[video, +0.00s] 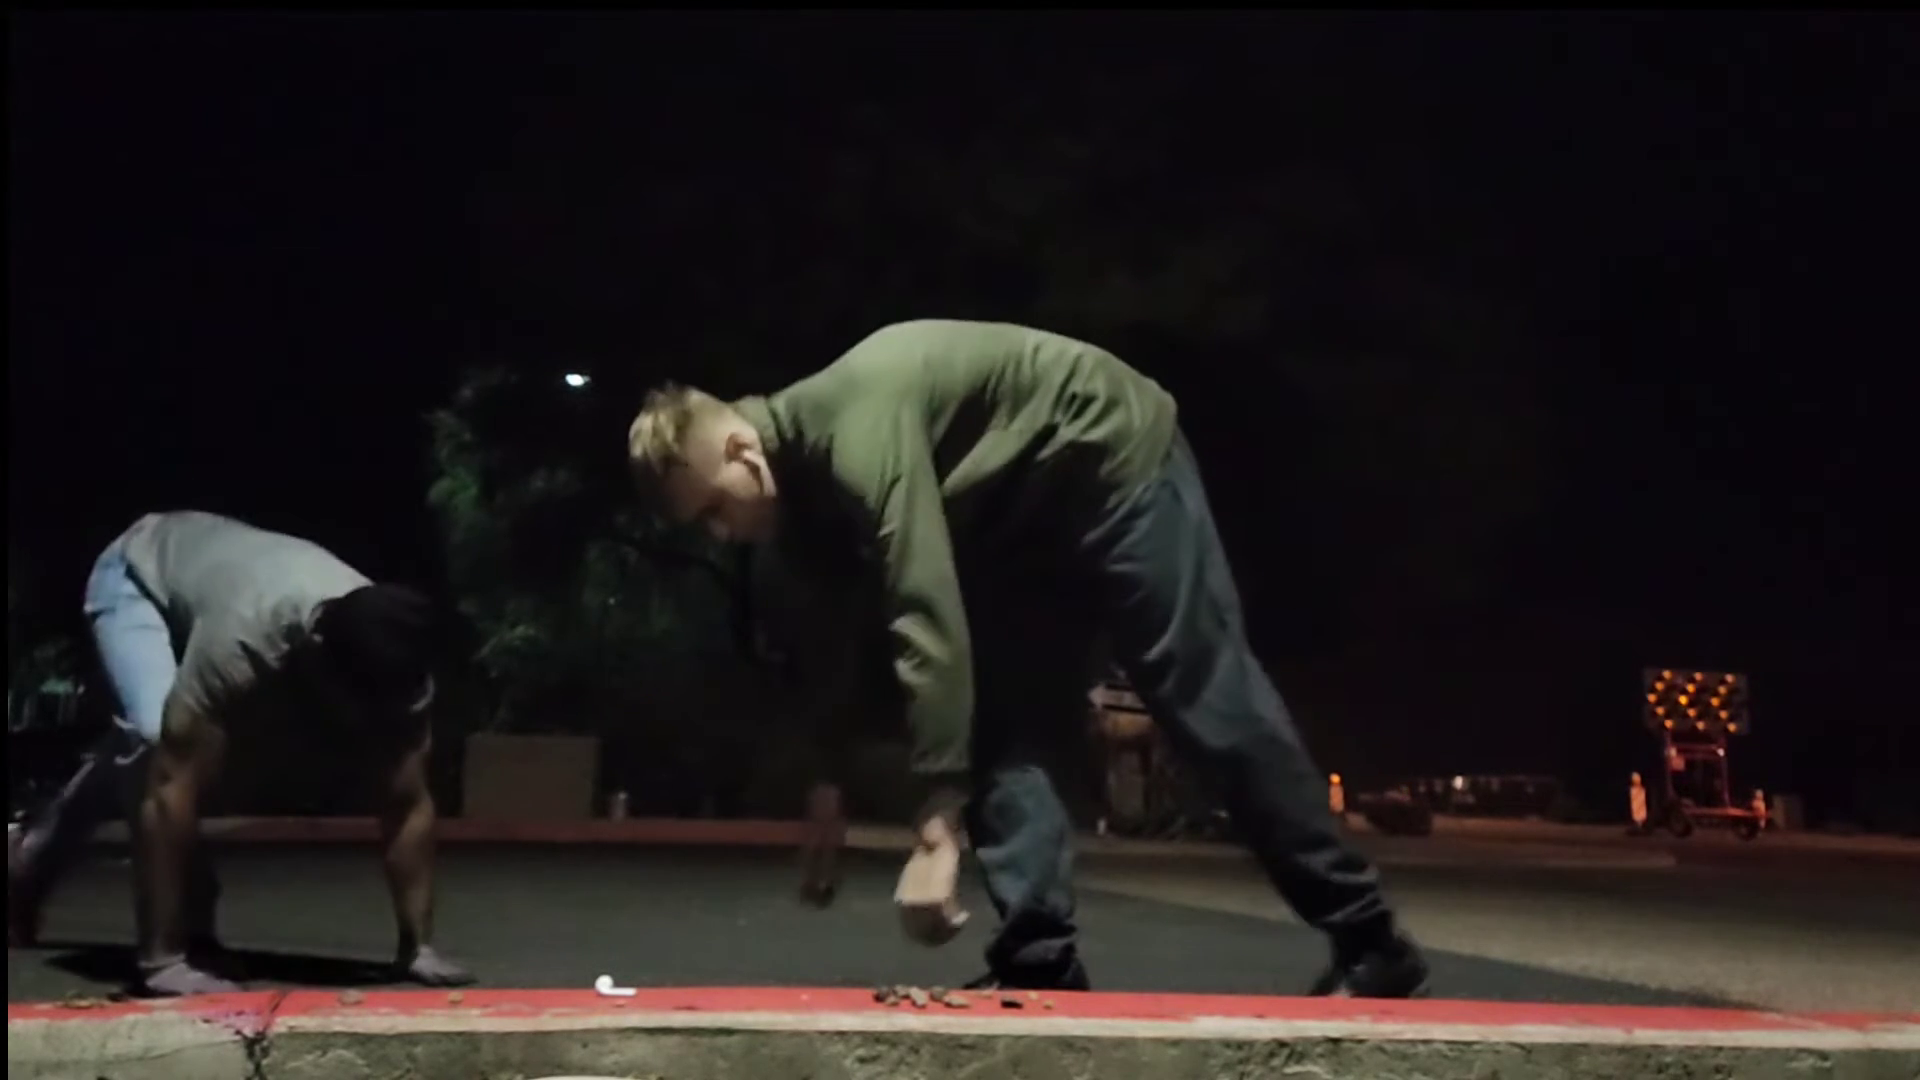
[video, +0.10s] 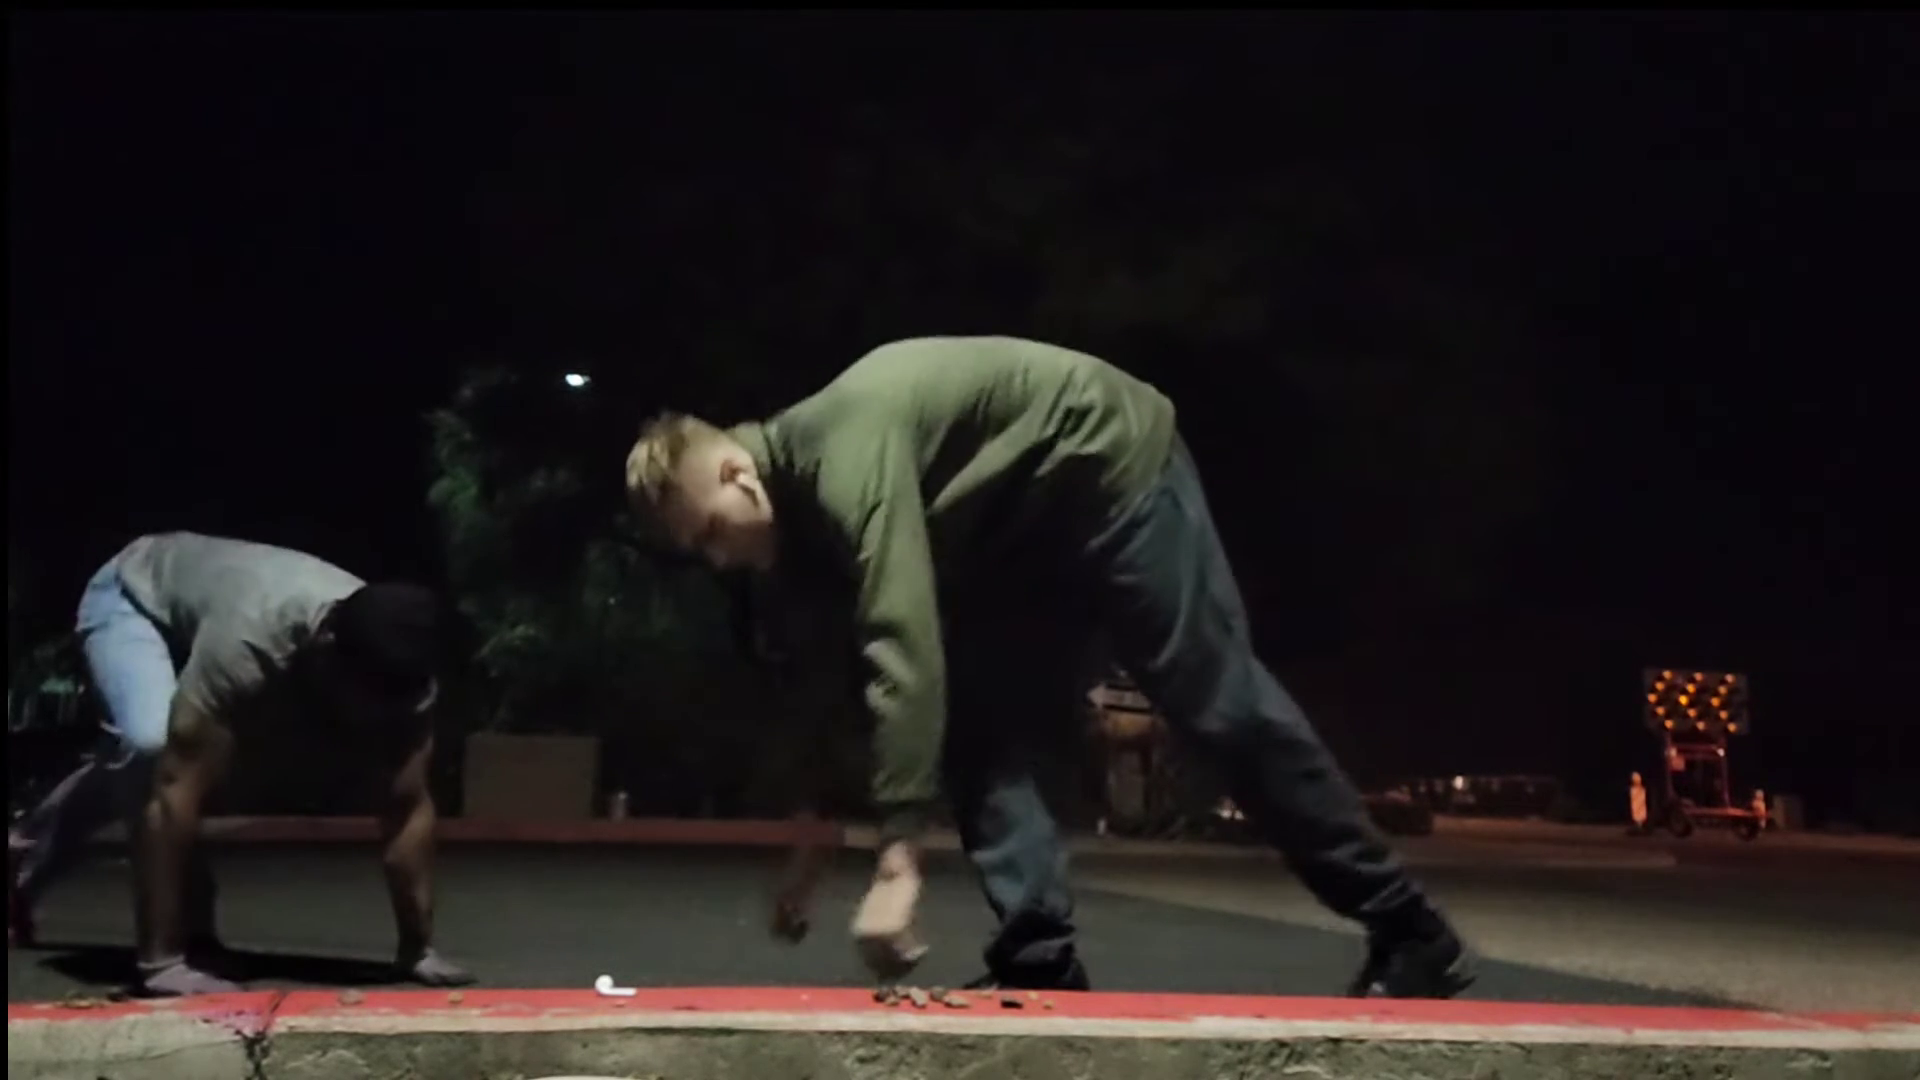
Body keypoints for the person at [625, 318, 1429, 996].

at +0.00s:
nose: (720, 537)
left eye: (712, 512)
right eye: (702, 527)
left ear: (743, 453)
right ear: (732, 465)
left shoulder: (864, 429)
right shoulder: (795, 477)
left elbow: (928, 628)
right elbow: (825, 657)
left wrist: (936, 834)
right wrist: (824, 807)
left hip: (1117, 459)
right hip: (1008, 523)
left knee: (1207, 701)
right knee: (1008, 729)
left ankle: (1370, 941)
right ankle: (1039, 965)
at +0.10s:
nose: (724, 563)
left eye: (712, 537)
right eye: (702, 555)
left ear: (734, 470)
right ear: (724, 486)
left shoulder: (856, 452)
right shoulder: (793, 505)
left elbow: (904, 655)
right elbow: (820, 689)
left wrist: (899, 855)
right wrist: (817, 835)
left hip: (1114, 465)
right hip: (1007, 533)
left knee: (1223, 706)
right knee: (991, 733)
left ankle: (1406, 930)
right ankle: (1038, 955)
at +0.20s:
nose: (724, 590)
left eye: (709, 569)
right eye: (704, 583)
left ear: (731, 503)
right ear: (729, 514)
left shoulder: (847, 476)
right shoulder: (792, 526)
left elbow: (875, 691)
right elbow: (807, 709)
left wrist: (848, 892)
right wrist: (778, 873)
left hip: (1110, 466)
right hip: (1000, 538)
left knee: (1228, 700)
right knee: (980, 732)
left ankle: (1430, 922)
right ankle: (1035, 946)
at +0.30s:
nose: (725, 627)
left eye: (710, 601)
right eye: (705, 616)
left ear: (735, 538)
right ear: (730, 545)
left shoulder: (842, 512)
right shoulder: (799, 539)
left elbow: (845, 725)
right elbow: (809, 739)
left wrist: (809, 929)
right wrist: (763, 905)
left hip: (1110, 472)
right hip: (1001, 541)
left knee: (1237, 707)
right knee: (974, 727)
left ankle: (1453, 914)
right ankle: (1031, 949)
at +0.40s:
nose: (731, 654)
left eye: (713, 628)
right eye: (709, 645)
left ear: (732, 566)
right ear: (728, 575)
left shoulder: (834, 540)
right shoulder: (805, 557)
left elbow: (824, 750)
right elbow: (802, 759)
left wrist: (794, 951)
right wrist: (753, 940)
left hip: (1110, 485)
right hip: (1012, 552)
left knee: (1249, 716)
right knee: (957, 733)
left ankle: (1483, 907)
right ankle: (1029, 956)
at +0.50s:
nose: (736, 670)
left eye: (717, 645)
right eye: (713, 665)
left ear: (732, 584)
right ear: (729, 596)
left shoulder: (833, 553)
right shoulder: (802, 569)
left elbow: (823, 771)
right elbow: (806, 771)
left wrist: (801, 960)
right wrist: (767, 951)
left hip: (1114, 504)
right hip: (1021, 561)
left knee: (1264, 731)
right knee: (947, 742)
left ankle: (1506, 909)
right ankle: (1028, 961)